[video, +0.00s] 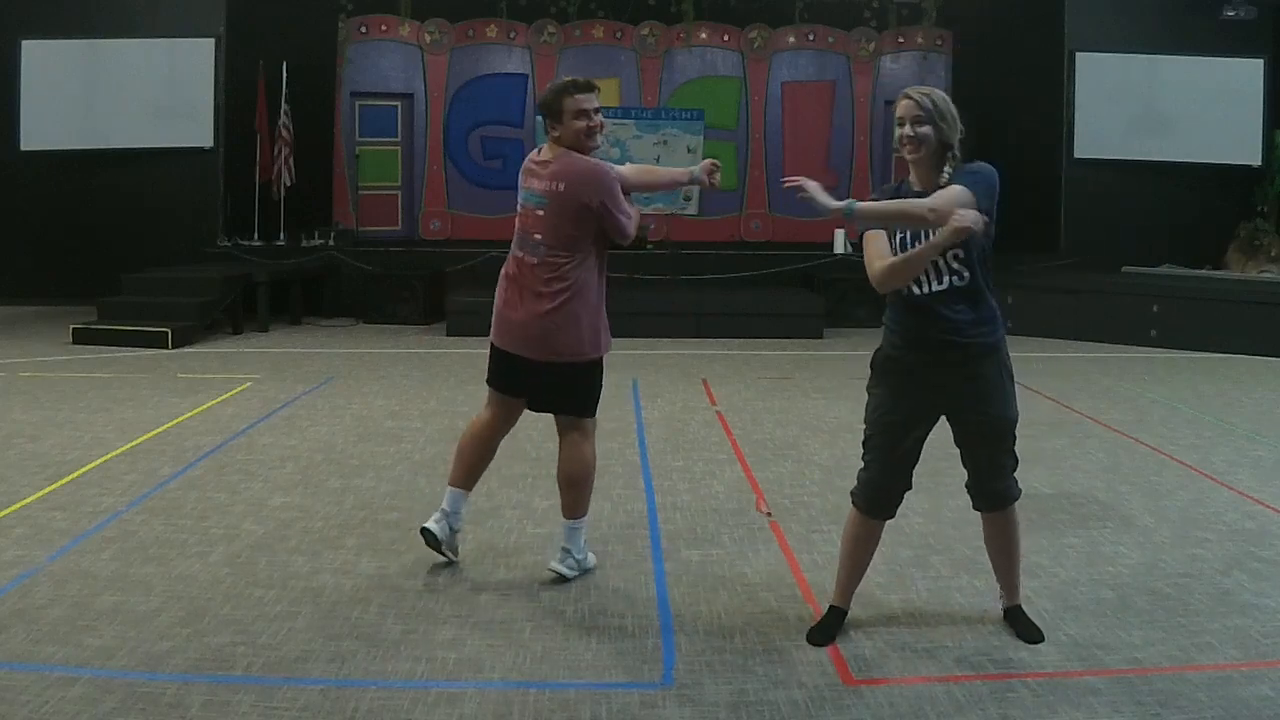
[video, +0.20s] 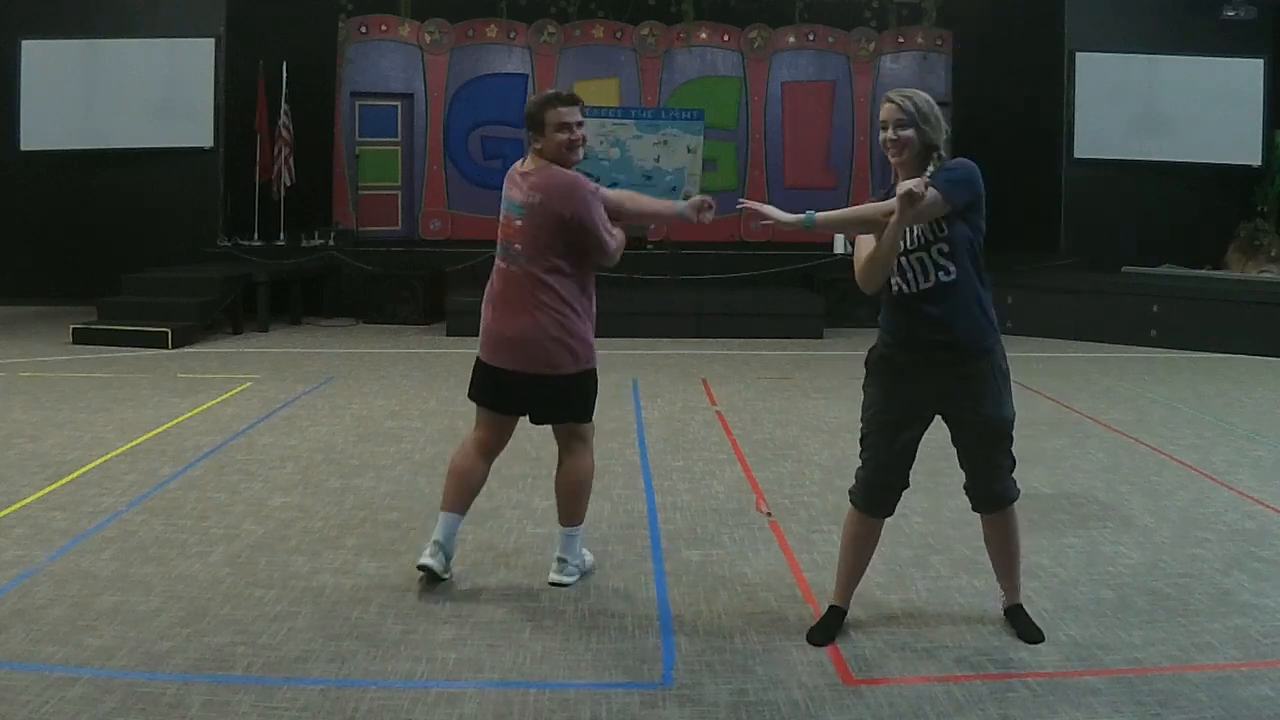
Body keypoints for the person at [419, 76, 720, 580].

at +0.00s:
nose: (595, 122)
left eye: (596, 113)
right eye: (582, 116)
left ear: (594, 116)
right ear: (556, 124)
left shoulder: (534, 162)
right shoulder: (595, 175)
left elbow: (621, 173)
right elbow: (628, 229)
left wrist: (692, 174)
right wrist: (629, 206)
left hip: (512, 322)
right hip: (572, 331)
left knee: (495, 414)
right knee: (576, 432)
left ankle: (446, 518)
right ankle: (573, 549)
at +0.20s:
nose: (577, 134)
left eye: (580, 125)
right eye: (564, 128)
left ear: (585, 128)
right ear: (537, 138)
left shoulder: (517, 175)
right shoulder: (576, 192)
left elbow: (612, 199)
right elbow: (608, 255)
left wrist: (682, 208)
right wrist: (617, 230)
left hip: (501, 337)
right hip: (560, 343)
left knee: (485, 437)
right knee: (575, 444)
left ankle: (439, 546)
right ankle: (569, 556)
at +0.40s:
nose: (549, 142)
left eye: (553, 134)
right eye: (537, 135)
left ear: (558, 138)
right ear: (511, 142)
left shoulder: (503, 187)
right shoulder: (525, 198)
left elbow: (571, 240)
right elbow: (555, 279)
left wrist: (629, 277)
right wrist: (599, 323)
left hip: (484, 348)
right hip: (541, 351)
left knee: (473, 449)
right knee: (566, 442)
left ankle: (434, 562)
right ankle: (569, 556)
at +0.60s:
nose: (541, 133)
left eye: (539, 124)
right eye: (531, 125)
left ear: (496, 135)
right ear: (499, 133)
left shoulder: (469, 179)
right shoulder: (504, 186)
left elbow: (473, 262)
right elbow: (503, 268)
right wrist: (520, 344)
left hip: (460, 340)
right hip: (515, 341)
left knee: (447, 448)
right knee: (546, 442)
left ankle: (425, 567)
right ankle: (563, 555)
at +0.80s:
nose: (528, 134)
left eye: (527, 126)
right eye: (526, 127)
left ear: (472, 129)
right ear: (514, 130)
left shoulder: (436, 182)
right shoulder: (525, 191)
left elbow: (420, 255)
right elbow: (540, 271)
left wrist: (415, 313)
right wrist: (562, 350)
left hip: (448, 348)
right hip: (515, 352)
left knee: (441, 450)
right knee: (532, 448)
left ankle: (424, 567)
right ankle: (538, 566)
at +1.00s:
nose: (509, 134)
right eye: (512, 128)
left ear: (459, 128)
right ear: (508, 131)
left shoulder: (425, 185)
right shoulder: (538, 188)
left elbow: (416, 268)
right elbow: (578, 260)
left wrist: (428, 321)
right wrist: (593, 314)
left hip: (440, 341)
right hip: (512, 346)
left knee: (434, 437)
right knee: (519, 447)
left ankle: (428, 555)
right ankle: (536, 568)